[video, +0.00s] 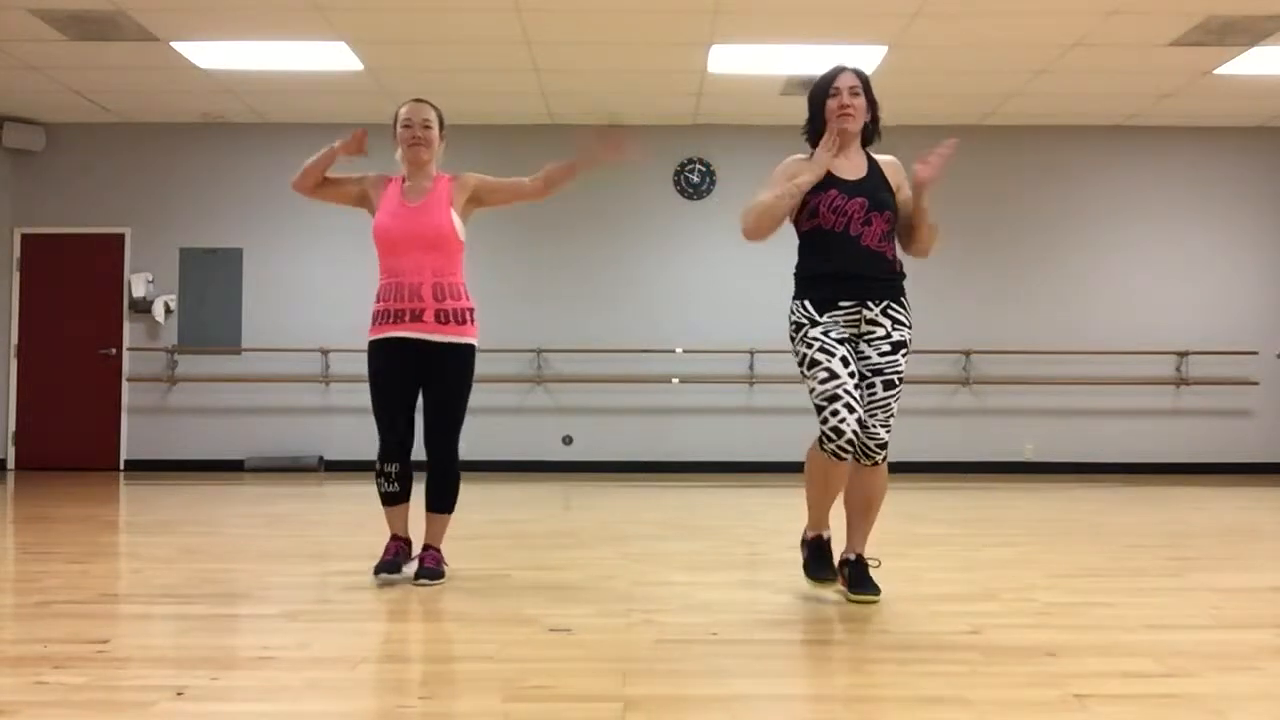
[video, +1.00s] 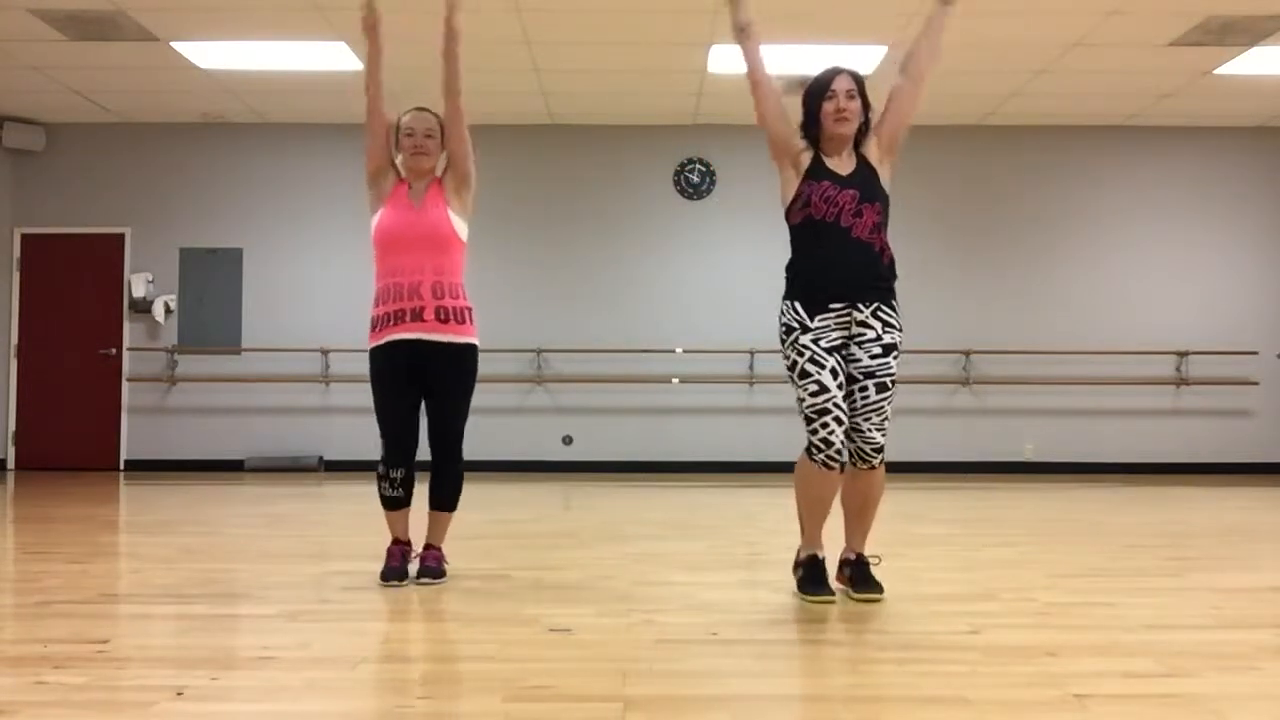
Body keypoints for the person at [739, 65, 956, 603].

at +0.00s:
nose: (845, 101)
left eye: (855, 93)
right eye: (834, 94)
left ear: (869, 107)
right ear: (818, 108)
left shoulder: (890, 167)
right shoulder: (800, 165)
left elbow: (917, 245)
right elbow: (753, 227)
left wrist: (923, 193)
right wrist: (811, 174)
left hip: (885, 312)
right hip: (820, 312)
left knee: (874, 433)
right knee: (842, 422)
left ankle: (855, 558)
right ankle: (816, 534)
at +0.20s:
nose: (842, 102)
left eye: (851, 95)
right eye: (833, 94)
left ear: (864, 109)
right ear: (817, 106)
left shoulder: (882, 164)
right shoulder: (800, 163)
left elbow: (941, 159)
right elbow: (772, 164)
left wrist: (901, 110)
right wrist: (807, 105)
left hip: (878, 311)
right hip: (814, 312)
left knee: (874, 435)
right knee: (831, 434)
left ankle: (856, 555)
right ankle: (816, 555)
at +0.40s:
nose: (842, 98)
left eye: (852, 91)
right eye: (831, 91)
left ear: (865, 105)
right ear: (815, 107)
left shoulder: (881, 152)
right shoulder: (798, 157)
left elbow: (913, 78)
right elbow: (782, 80)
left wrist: (872, 11)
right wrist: (819, 18)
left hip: (875, 308)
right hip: (809, 310)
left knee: (882, 430)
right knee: (820, 429)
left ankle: (856, 529)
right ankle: (814, 555)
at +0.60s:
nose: (845, 104)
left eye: (854, 95)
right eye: (834, 96)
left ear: (868, 107)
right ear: (819, 109)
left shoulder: (885, 153)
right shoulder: (804, 158)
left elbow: (893, 62)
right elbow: (794, 66)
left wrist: (877, 0)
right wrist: (810, 7)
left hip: (880, 309)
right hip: (814, 311)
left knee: (870, 434)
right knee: (824, 431)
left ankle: (859, 554)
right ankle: (817, 556)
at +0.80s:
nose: (846, 99)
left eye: (855, 91)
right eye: (835, 92)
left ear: (869, 105)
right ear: (818, 106)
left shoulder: (883, 150)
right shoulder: (802, 155)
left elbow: (899, 58)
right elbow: (784, 61)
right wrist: (783, 13)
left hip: (882, 308)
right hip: (816, 309)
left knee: (873, 431)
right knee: (833, 422)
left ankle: (858, 553)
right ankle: (814, 532)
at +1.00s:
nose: (843, 103)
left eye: (852, 96)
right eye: (830, 96)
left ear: (864, 110)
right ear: (814, 112)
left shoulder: (878, 158)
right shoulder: (795, 160)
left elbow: (915, 75)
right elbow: (761, 86)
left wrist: (943, 8)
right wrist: (745, 31)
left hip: (875, 315)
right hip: (811, 316)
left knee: (869, 438)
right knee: (829, 434)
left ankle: (854, 557)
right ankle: (810, 555)